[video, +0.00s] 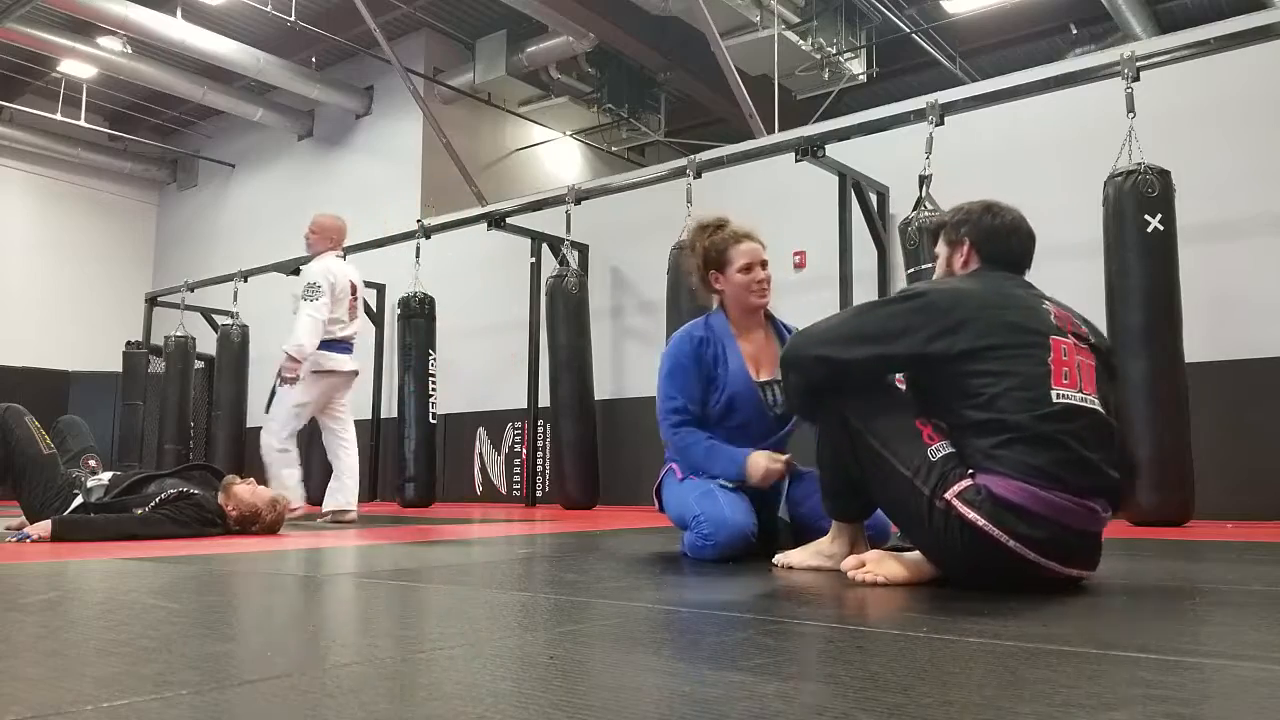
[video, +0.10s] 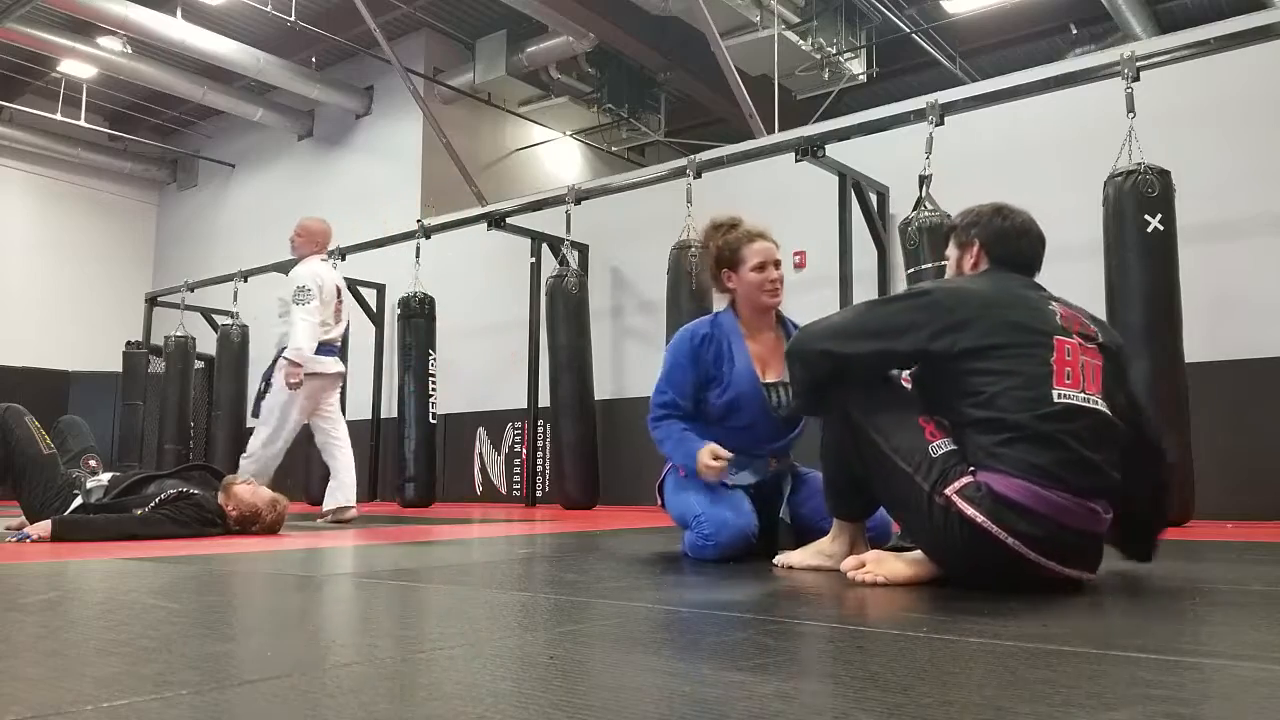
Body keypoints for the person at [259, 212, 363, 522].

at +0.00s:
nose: (306, 236)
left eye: (312, 232)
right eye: (308, 231)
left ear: (330, 240)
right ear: (335, 242)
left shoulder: (319, 270)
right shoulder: (350, 272)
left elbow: (312, 316)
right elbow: (352, 321)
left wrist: (293, 356)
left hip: (319, 363)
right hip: (344, 364)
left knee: (276, 429)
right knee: (340, 435)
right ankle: (343, 506)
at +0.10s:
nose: (291, 238)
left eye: (298, 235)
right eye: (294, 233)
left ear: (315, 243)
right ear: (319, 244)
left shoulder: (305, 273)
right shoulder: (332, 274)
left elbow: (306, 319)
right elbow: (342, 321)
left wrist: (294, 359)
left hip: (304, 365)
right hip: (330, 367)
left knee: (271, 431)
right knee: (333, 435)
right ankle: (343, 503)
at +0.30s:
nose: (257, 239)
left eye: (263, 236)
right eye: (259, 234)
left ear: (281, 244)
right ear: (285, 245)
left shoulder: (270, 276)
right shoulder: (298, 277)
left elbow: (270, 323)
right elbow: (300, 329)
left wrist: (259, 365)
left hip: (261, 362)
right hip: (291, 365)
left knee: (238, 432)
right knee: (289, 433)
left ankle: (225, 502)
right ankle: (326, 488)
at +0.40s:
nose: (242, 239)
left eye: (248, 235)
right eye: (243, 234)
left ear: (265, 243)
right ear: (270, 244)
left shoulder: (255, 275)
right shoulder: (282, 274)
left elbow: (245, 321)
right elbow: (280, 326)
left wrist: (221, 354)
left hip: (249, 362)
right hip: (276, 364)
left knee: (234, 432)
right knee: (262, 434)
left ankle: (230, 501)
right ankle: (297, 481)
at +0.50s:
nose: (229, 238)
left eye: (236, 235)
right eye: (231, 233)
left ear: (252, 243)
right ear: (257, 244)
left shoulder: (243, 273)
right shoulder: (273, 275)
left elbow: (219, 309)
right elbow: (270, 325)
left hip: (238, 361)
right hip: (264, 363)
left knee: (226, 431)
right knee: (237, 430)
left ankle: (234, 497)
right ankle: (262, 495)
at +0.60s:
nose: (217, 242)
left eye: (224, 238)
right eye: (219, 237)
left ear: (242, 244)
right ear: (245, 247)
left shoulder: (231, 272)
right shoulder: (262, 278)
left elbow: (199, 294)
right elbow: (264, 329)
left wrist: (148, 294)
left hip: (226, 361)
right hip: (251, 363)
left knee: (222, 435)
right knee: (229, 433)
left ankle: (230, 505)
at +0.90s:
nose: (185, 252)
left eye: (191, 247)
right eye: (186, 247)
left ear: (208, 253)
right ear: (211, 255)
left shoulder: (198, 279)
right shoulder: (228, 287)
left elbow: (178, 307)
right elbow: (233, 336)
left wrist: (122, 299)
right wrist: (224, 368)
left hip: (191, 369)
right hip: (215, 372)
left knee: (184, 440)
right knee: (191, 439)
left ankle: (212, 495)